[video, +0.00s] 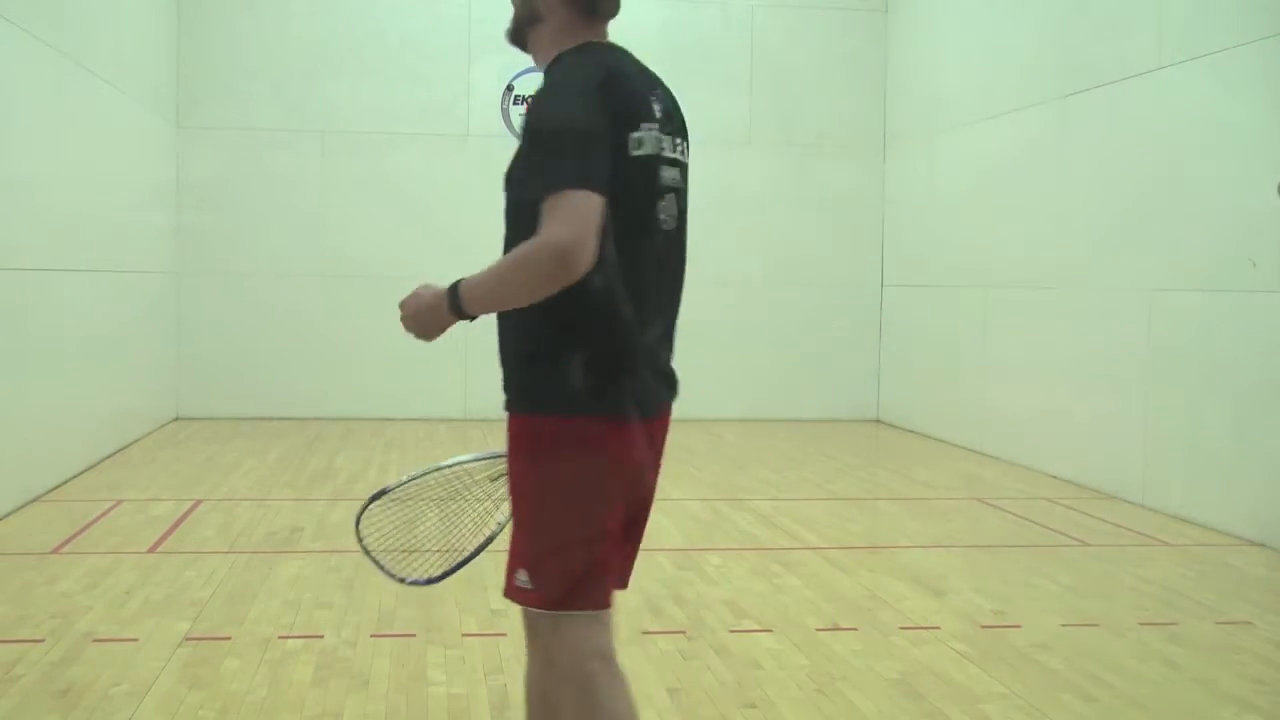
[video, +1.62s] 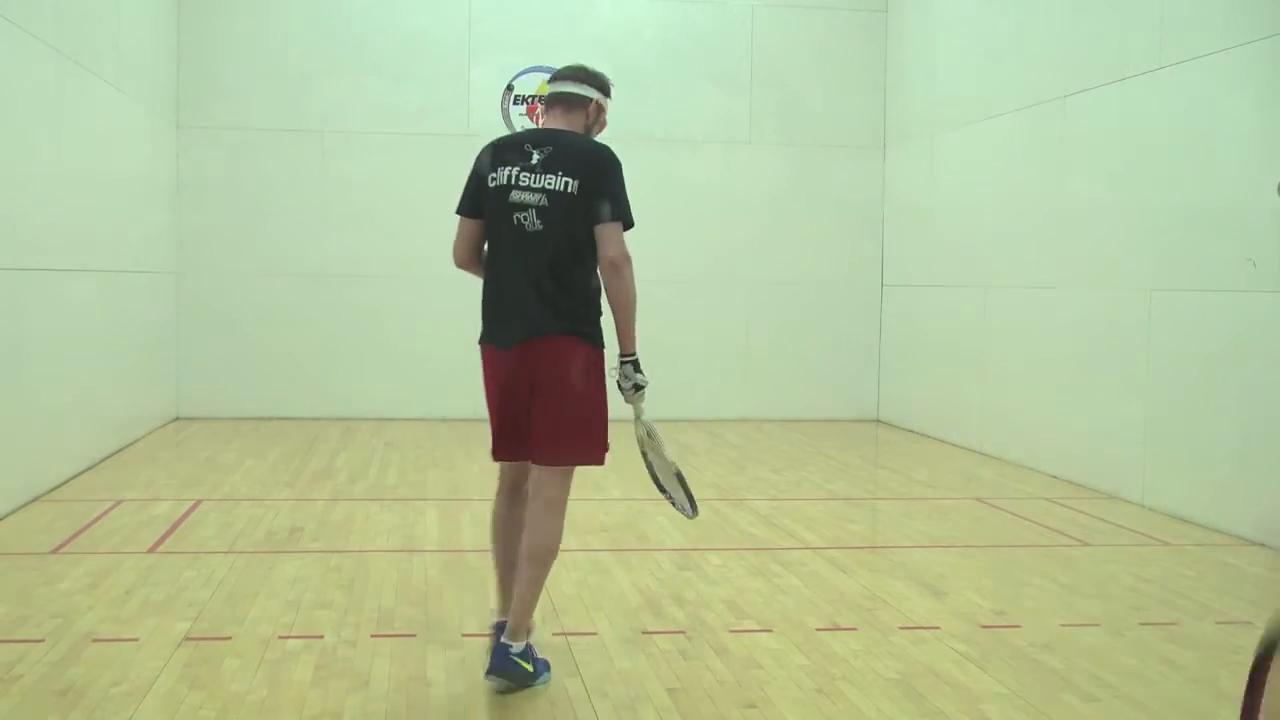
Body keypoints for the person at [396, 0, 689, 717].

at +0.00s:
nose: (512, 9)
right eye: (517, 1)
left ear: (539, 5)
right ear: (603, 9)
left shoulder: (578, 83)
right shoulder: (647, 91)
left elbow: (566, 247)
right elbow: (629, 274)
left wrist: (452, 300)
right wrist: (540, 405)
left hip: (576, 406)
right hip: (623, 399)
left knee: (570, 632)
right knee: (561, 620)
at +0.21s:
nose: (518, 18)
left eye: (518, 11)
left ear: (522, 10)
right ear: (596, 20)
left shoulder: (504, 90)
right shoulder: (651, 106)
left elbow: (475, 235)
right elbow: (678, 259)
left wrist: (444, 301)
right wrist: (632, 347)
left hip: (518, 389)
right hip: (615, 392)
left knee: (462, 604)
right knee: (572, 606)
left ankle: (509, 714)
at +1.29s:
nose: (584, 123)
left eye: (583, 115)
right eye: (585, 114)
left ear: (521, 100)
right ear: (573, 109)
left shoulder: (463, 147)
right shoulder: (577, 165)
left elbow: (425, 256)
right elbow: (591, 280)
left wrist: (475, 294)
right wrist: (609, 365)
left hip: (463, 358)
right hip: (541, 363)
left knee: (458, 505)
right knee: (532, 507)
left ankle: (444, 656)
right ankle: (509, 655)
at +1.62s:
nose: (599, 126)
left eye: (598, 118)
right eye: (600, 119)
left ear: (542, 107)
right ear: (593, 113)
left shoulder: (494, 153)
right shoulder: (596, 158)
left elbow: (466, 254)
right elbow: (612, 259)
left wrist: (516, 272)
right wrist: (628, 351)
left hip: (502, 336)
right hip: (566, 340)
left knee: (512, 482)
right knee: (548, 492)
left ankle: (506, 620)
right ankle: (513, 645)